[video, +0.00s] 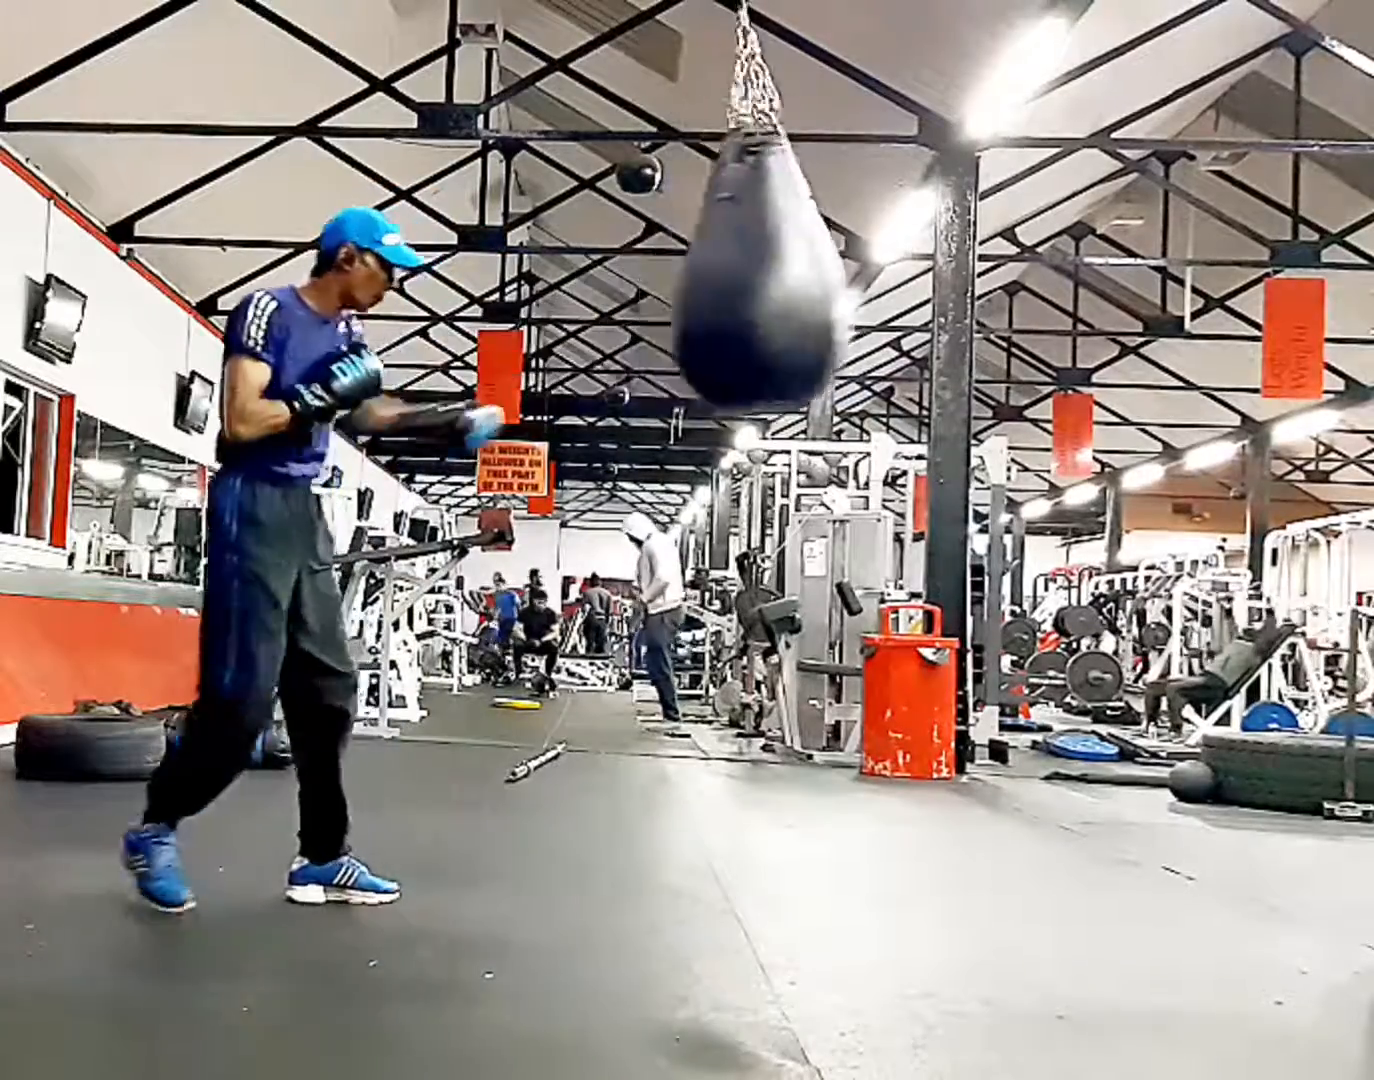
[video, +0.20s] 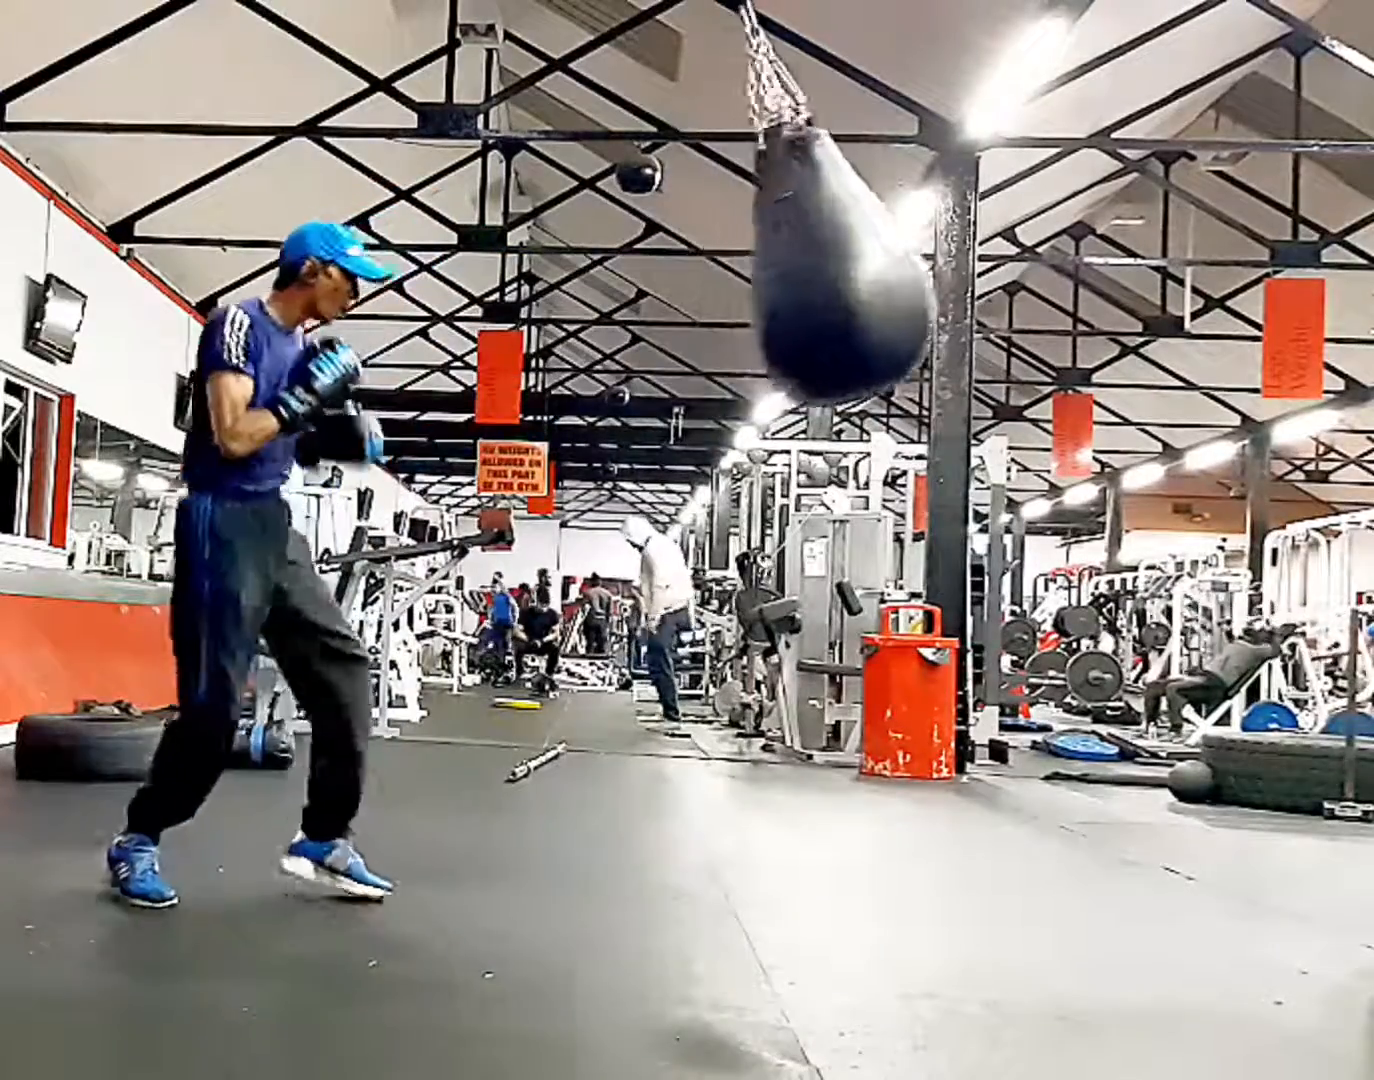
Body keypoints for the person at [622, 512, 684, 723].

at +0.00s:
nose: (630, 541)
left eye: (630, 536)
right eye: (629, 537)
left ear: (637, 532)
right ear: (644, 528)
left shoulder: (656, 544)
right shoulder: (652, 545)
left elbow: (663, 577)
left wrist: (644, 598)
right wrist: (640, 593)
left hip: (663, 610)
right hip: (657, 609)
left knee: (659, 662)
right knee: (657, 662)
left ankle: (671, 713)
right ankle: (669, 711)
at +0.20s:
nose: (632, 546)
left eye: (631, 541)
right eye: (629, 542)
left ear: (638, 536)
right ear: (646, 530)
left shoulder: (654, 551)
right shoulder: (666, 544)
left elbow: (659, 586)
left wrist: (653, 616)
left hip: (666, 613)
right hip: (679, 609)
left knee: (659, 661)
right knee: (659, 659)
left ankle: (671, 711)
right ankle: (669, 707)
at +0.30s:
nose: (633, 546)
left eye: (632, 541)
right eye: (631, 542)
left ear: (637, 538)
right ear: (648, 529)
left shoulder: (653, 551)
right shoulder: (669, 543)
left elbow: (660, 587)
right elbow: (686, 580)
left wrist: (665, 619)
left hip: (666, 614)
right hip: (681, 609)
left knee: (660, 664)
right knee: (662, 661)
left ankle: (672, 713)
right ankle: (671, 709)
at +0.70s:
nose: (644, 555)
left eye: (643, 551)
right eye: (641, 551)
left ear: (650, 545)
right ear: (654, 540)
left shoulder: (666, 561)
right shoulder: (667, 556)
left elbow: (684, 592)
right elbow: (660, 586)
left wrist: (694, 619)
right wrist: (641, 589)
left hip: (668, 623)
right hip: (675, 620)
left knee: (661, 666)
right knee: (673, 666)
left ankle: (673, 712)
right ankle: (688, 713)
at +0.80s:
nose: (645, 558)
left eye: (644, 554)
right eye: (643, 555)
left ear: (650, 548)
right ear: (655, 541)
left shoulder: (669, 562)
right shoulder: (671, 556)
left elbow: (686, 594)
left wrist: (694, 621)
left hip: (668, 625)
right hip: (676, 622)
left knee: (664, 669)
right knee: (675, 667)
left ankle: (672, 713)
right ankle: (689, 715)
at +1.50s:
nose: (641, 561)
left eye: (639, 556)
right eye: (638, 557)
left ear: (645, 550)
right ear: (645, 546)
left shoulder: (667, 561)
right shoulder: (659, 562)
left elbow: (685, 593)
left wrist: (692, 625)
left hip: (671, 624)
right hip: (671, 623)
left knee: (663, 668)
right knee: (677, 667)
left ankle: (674, 716)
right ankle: (689, 715)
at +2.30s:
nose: (648, 572)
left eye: (648, 567)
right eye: (645, 569)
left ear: (654, 560)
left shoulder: (679, 563)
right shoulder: (656, 572)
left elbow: (699, 591)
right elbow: (645, 599)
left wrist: (708, 623)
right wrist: (640, 622)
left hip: (690, 622)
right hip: (679, 622)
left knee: (681, 666)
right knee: (692, 667)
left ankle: (685, 711)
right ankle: (692, 709)